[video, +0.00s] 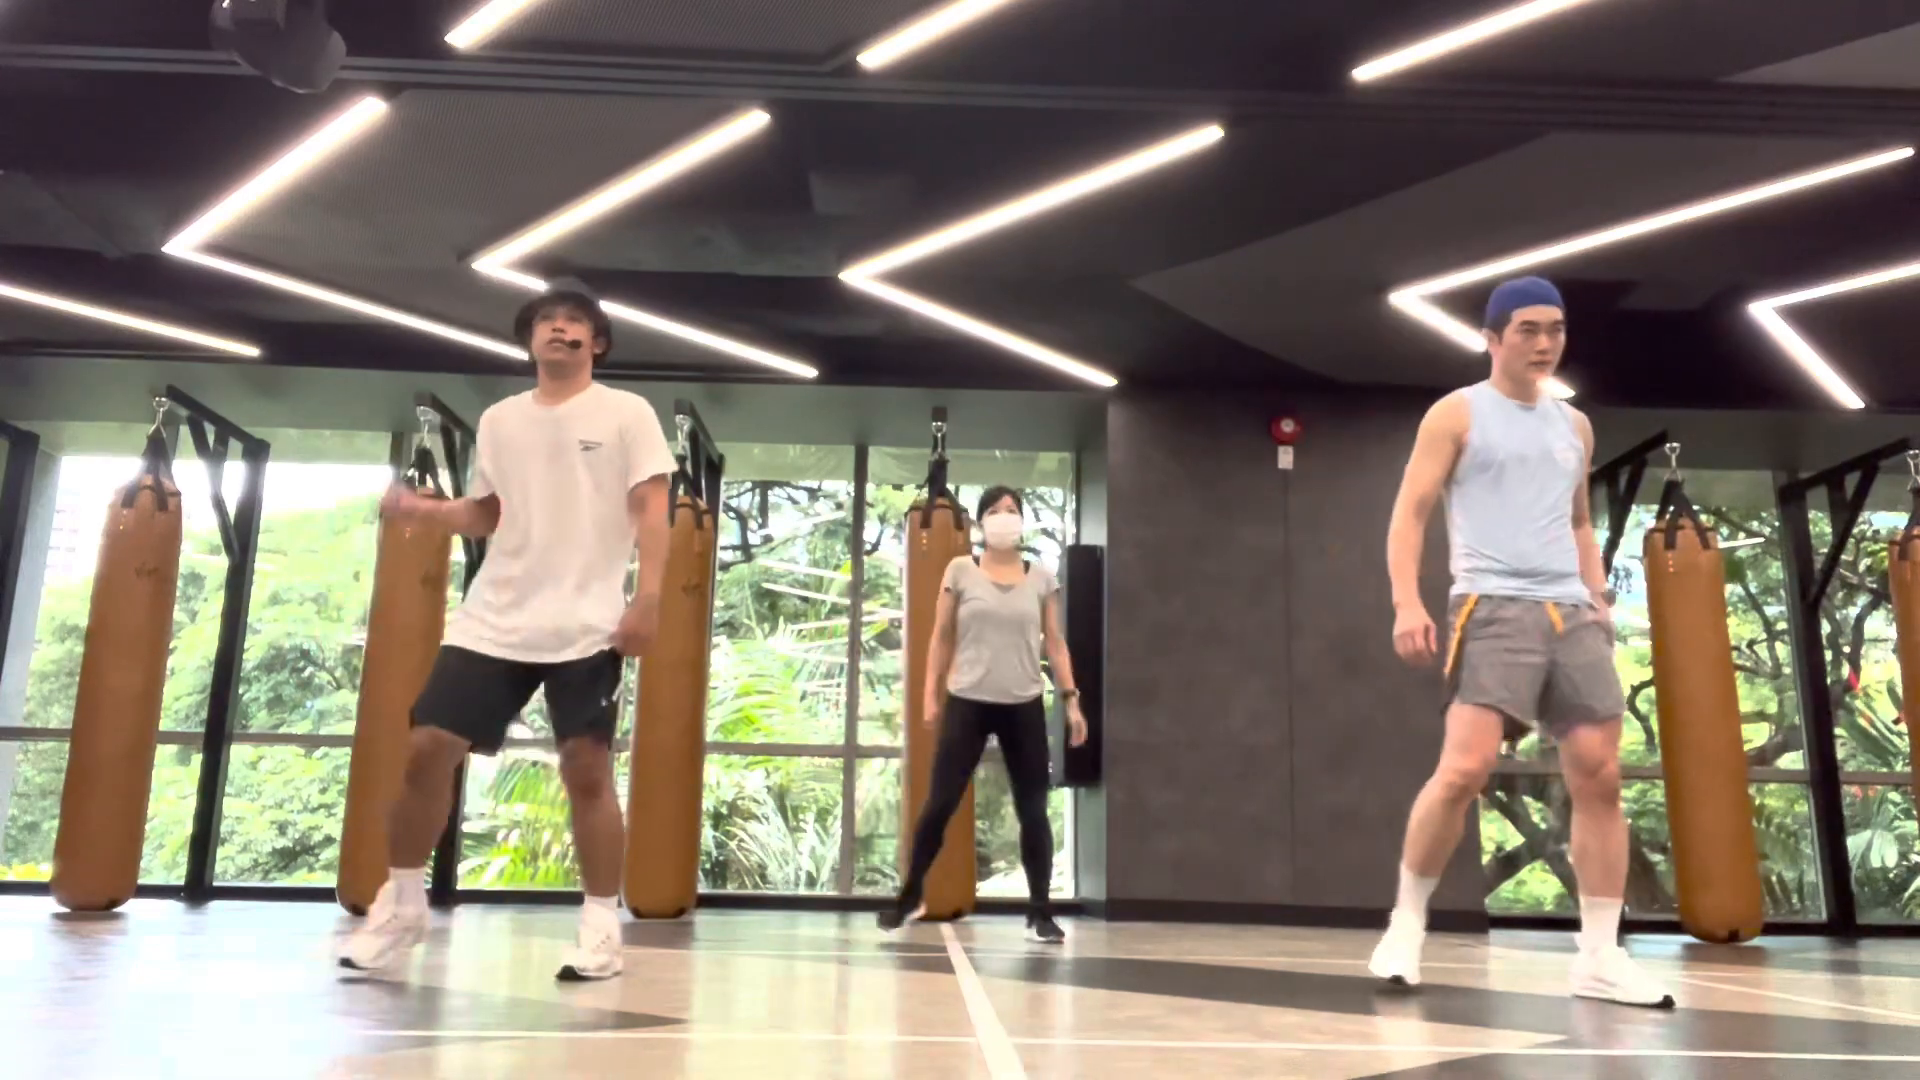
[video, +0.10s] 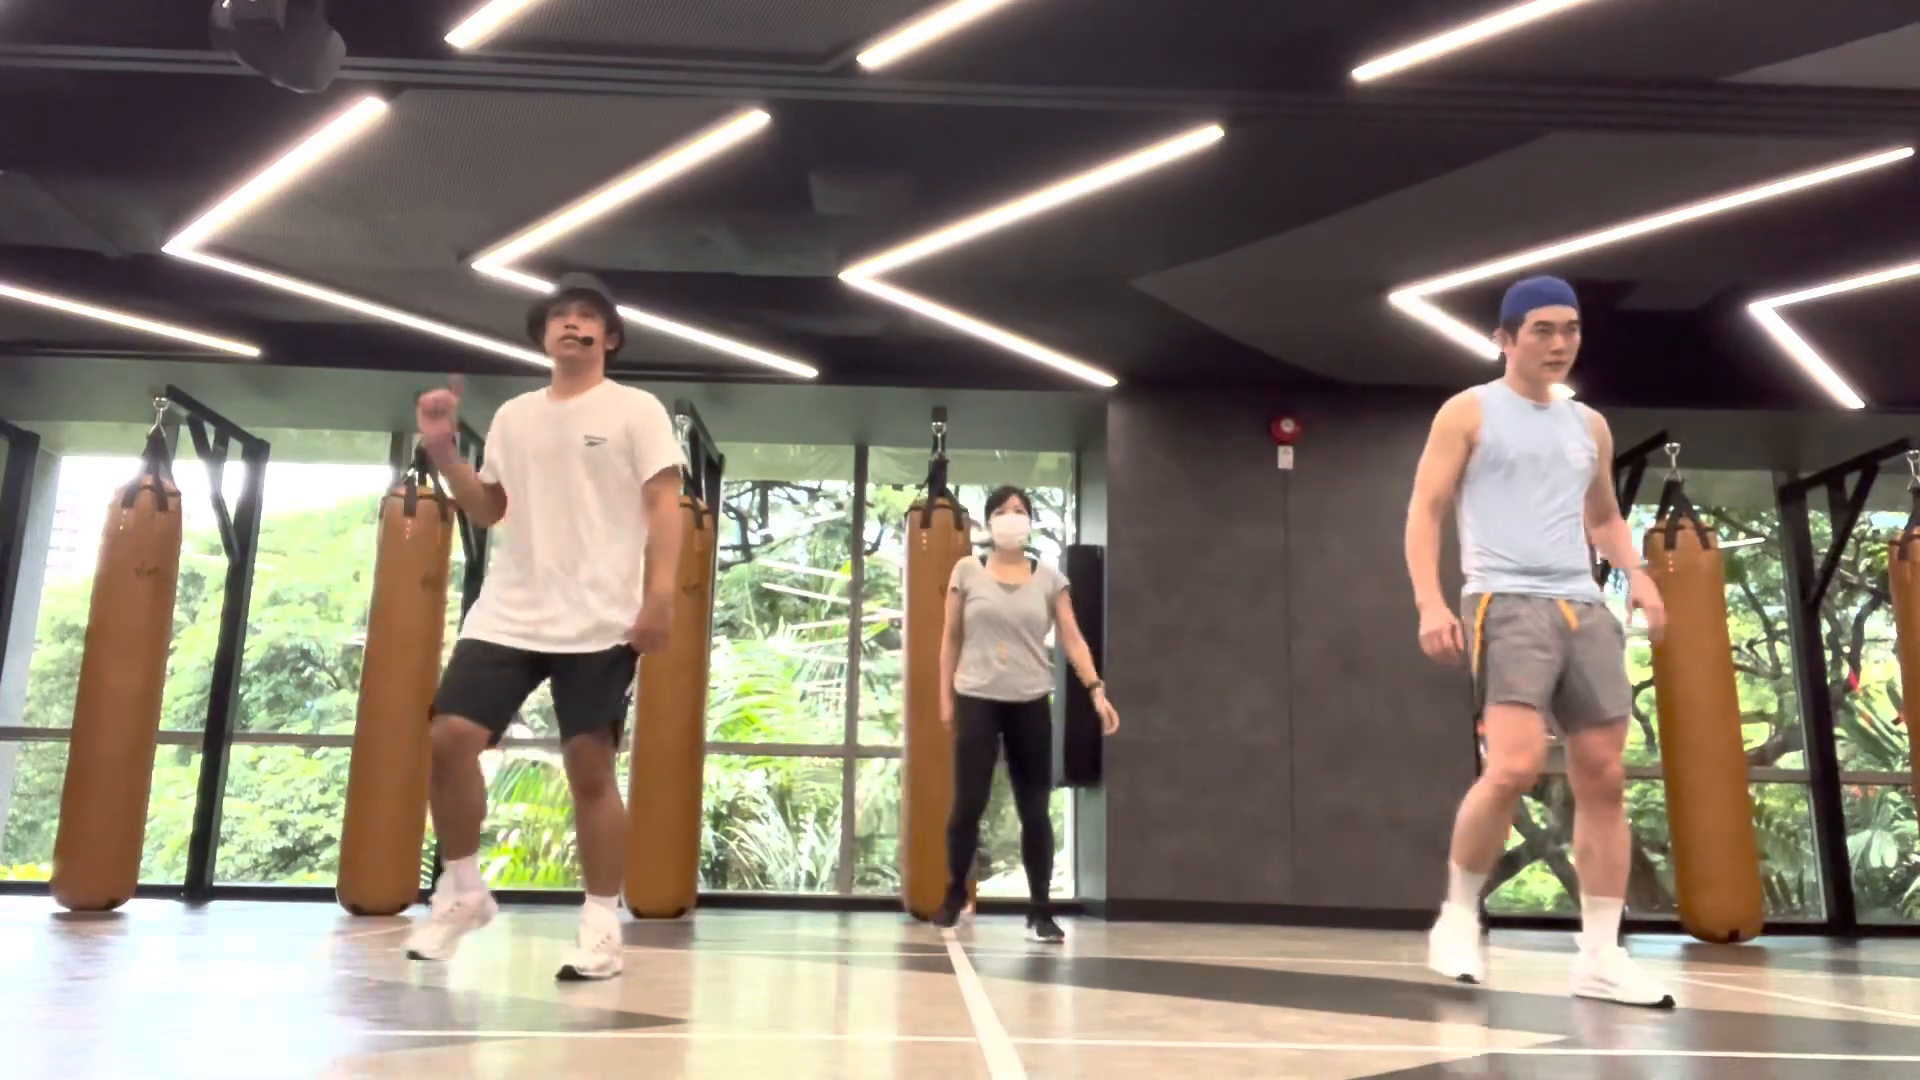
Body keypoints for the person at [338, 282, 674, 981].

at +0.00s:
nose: (561, 327)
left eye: (575, 318)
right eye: (548, 317)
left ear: (596, 341)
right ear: (528, 338)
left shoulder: (628, 414)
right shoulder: (498, 420)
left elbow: (653, 512)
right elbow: (488, 513)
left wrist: (645, 602)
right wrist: (430, 510)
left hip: (585, 620)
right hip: (495, 616)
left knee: (586, 769)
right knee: (428, 747)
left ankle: (601, 929)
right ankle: (403, 907)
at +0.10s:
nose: (573, 323)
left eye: (587, 315)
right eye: (563, 314)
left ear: (610, 336)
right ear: (542, 335)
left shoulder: (639, 411)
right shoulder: (513, 416)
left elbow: (665, 506)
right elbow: (486, 508)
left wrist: (659, 597)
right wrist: (444, 451)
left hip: (597, 615)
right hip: (509, 610)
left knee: (590, 768)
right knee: (451, 739)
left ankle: (601, 932)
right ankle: (465, 895)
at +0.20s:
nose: (583, 324)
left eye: (597, 316)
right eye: (572, 315)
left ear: (620, 337)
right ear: (554, 334)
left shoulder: (646, 412)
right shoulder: (523, 413)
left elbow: (666, 503)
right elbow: (469, 488)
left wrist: (657, 592)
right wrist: (423, 417)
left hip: (601, 618)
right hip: (512, 614)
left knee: (591, 768)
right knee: (482, 745)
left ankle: (602, 927)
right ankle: (523, 904)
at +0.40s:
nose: (588, 328)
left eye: (602, 321)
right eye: (578, 320)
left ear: (624, 344)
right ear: (557, 339)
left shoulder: (644, 416)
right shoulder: (522, 415)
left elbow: (652, 512)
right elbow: (463, 488)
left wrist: (632, 598)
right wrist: (468, 401)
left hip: (590, 616)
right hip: (507, 608)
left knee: (590, 772)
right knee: (458, 736)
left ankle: (604, 926)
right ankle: (504, 884)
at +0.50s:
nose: (579, 322)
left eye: (593, 314)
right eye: (568, 313)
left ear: (615, 337)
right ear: (548, 335)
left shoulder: (635, 412)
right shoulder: (515, 412)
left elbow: (645, 508)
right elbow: (453, 484)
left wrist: (623, 600)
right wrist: (460, 397)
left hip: (580, 615)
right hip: (496, 606)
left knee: (586, 773)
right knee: (433, 724)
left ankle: (601, 930)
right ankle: (466, 871)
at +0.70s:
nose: (521, 334)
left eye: (536, 324)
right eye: (512, 325)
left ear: (566, 337)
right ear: (502, 340)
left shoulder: (597, 416)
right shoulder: (474, 419)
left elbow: (616, 513)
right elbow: (412, 475)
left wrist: (605, 602)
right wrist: (405, 387)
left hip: (550, 627)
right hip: (458, 625)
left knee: (571, 772)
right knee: (401, 770)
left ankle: (601, 930)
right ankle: (359, 926)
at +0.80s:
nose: (473, 339)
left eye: (487, 329)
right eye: (473, 329)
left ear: (524, 341)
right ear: (478, 343)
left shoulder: (565, 420)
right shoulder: (439, 423)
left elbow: (585, 518)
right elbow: (382, 479)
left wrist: (584, 601)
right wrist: (392, 387)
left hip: (521, 630)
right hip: (428, 630)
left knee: (552, 776)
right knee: (387, 768)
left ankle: (597, 928)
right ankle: (358, 930)